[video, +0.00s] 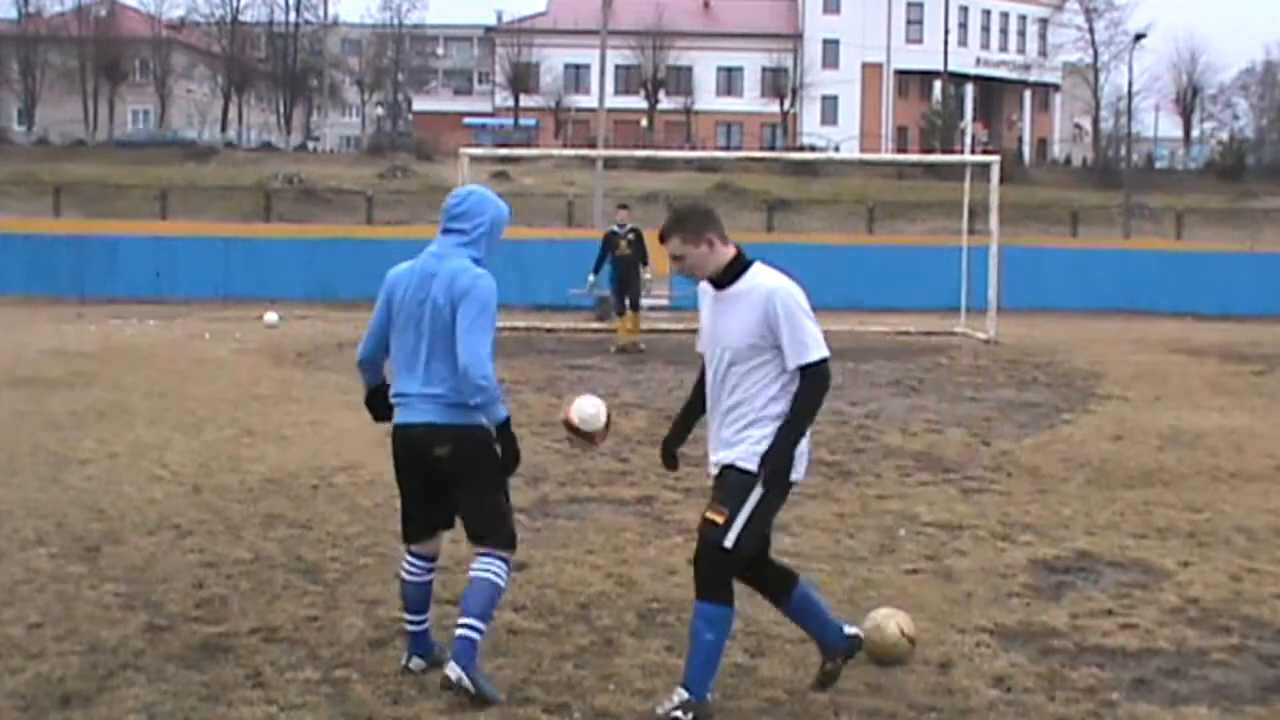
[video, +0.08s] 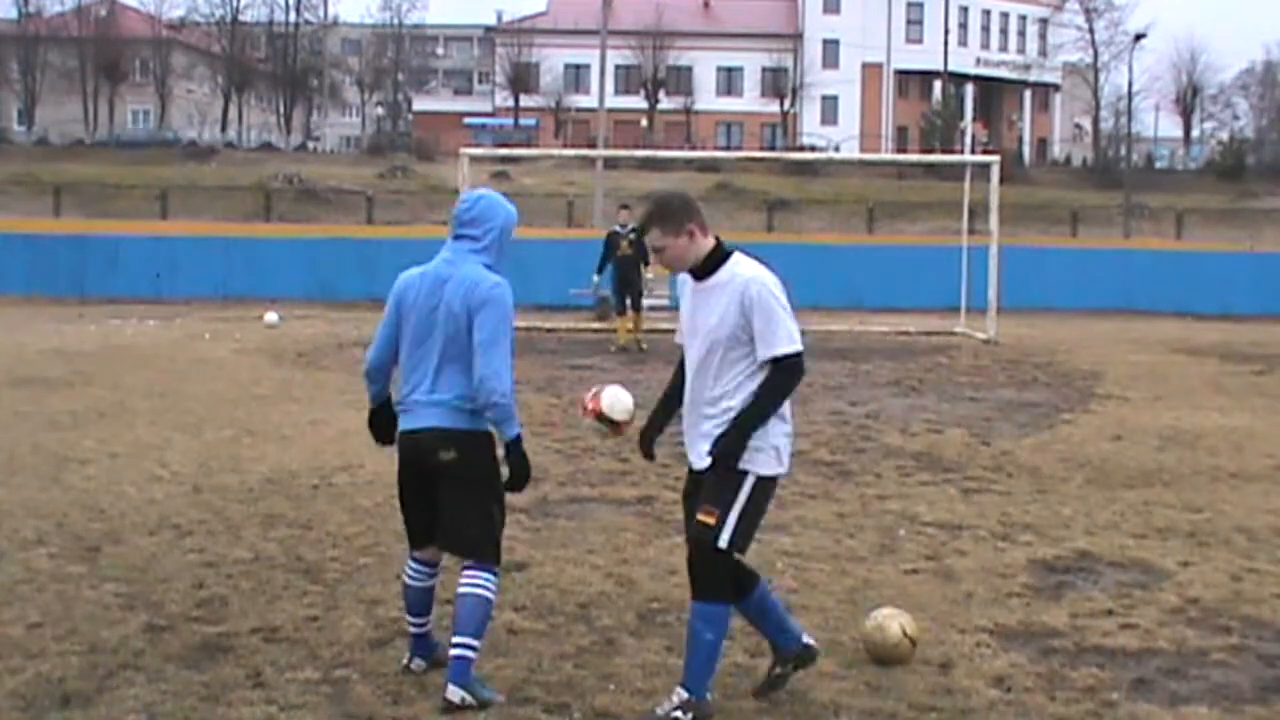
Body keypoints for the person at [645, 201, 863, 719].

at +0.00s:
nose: (680, 267)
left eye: (682, 256)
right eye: (675, 259)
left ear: (713, 242)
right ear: (702, 248)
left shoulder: (776, 292)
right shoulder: (709, 292)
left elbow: (817, 374)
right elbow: (713, 369)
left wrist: (781, 452)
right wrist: (678, 432)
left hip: (763, 456)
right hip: (729, 455)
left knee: (711, 558)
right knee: (750, 563)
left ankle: (693, 697)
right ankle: (836, 639)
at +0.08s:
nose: (657, 261)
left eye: (661, 249)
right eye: (653, 252)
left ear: (694, 234)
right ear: (687, 240)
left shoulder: (755, 284)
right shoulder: (690, 285)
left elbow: (789, 368)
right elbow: (691, 361)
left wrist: (733, 436)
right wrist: (656, 422)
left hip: (749, 450)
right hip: (705, 448)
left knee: (711, 558)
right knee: (708, 557)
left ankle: (693, 697)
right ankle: (792, 645)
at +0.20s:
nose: (631, 250)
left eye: (635, 237)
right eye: (626, 240)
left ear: (670, 222)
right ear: (658, 229)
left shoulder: (728, 273)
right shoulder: (663, 276)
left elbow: (757, 355)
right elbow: (668, 354)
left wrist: (676, 401)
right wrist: (631, 402)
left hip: (727, 444)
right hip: (678, 442)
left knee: (692, 550)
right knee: (676, 552)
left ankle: (696, 691)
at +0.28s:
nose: (617, 251)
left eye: (621, 239)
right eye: (613, 241)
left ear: (655, 223)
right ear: (646, 230)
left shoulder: (715, 276)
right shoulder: (647, 276)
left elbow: (743, 359)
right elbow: (653, 355)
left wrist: (657, 387)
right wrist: (619, 397)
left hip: (711, 443)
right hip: (662, 443)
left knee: (665, 547)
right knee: (667, 553)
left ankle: (689, 687)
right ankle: (708, 679)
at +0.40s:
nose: (591, 254)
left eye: (593, 242)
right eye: (586, 244)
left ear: (626, 225)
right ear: (618, 232)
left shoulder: (689, 279)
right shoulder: (624, 281)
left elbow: (724, 362)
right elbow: (632, 361)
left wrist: (642, 390)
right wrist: (601, 410)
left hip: (684, 445)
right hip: (641, 445)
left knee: (628, 552)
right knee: (680, 558)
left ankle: (646, 694)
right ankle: (707, 682)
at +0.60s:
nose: (537, 255)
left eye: (537, 243)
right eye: (532, 246)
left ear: (564, 227)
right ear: (564, 229)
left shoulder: (636, 279)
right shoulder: (582, 279)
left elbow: (679, 362)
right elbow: (612, 358)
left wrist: (597, 401)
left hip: (633, 451)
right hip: (599, 448)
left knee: (594, 568)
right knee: (626, 562)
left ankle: (599, 709)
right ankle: (689, 666)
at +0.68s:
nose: (522, 246)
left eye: (520, 234)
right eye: (518, 236)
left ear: (537, 225)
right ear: (551, 222)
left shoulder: (609, 277)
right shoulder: (568, 278)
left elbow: (649, 365)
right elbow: (592, 363)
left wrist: (566, 399)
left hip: (613, 454)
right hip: (576, 451)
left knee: (587, 568)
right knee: (574, 566)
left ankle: (599, 710)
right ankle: (664, 654)